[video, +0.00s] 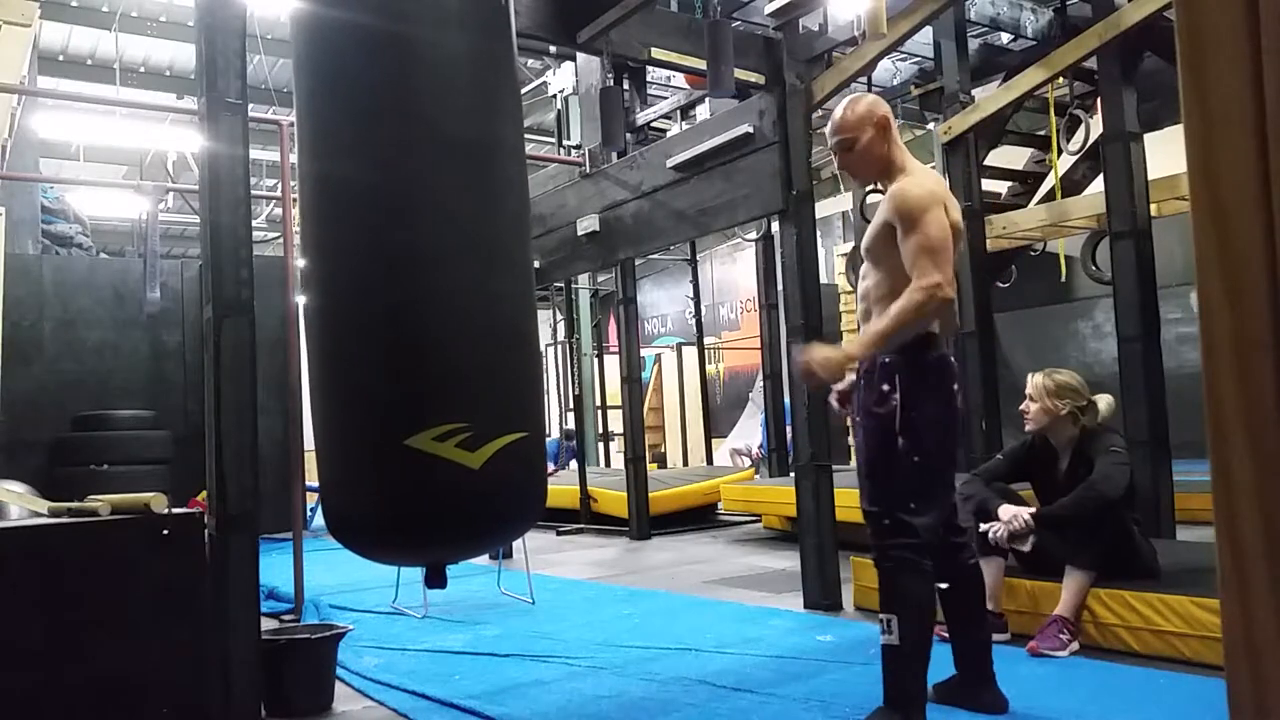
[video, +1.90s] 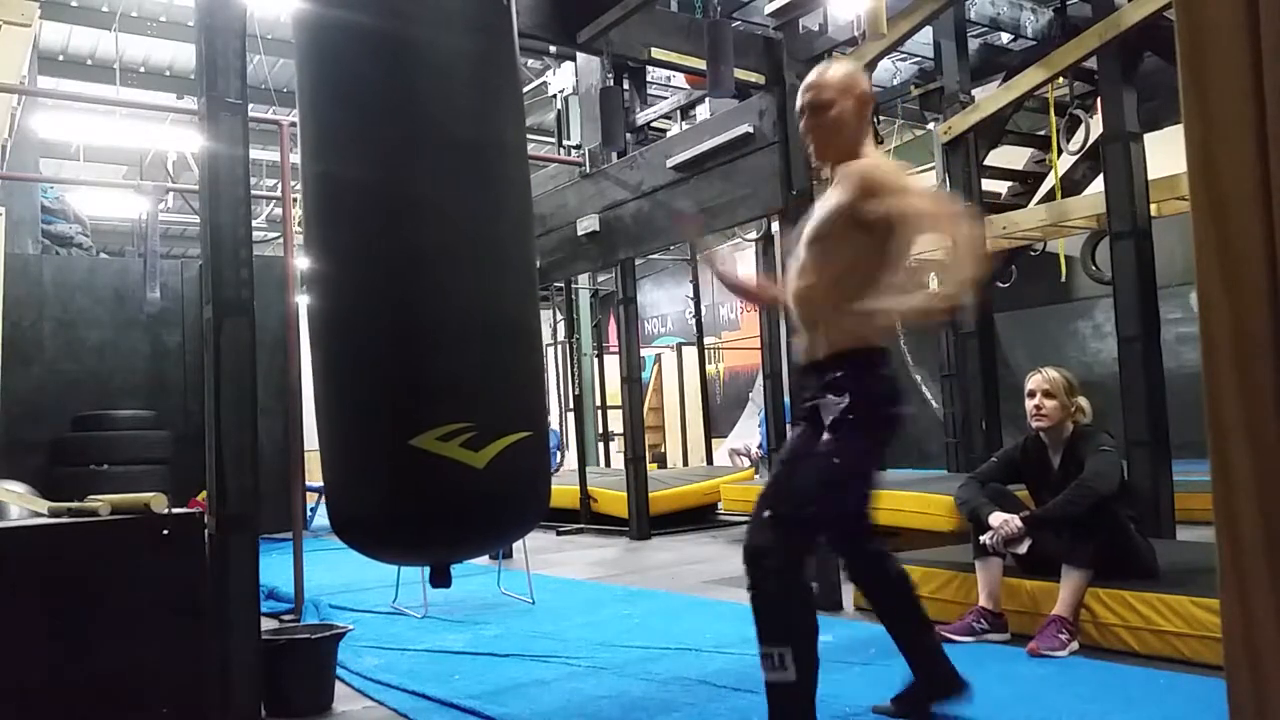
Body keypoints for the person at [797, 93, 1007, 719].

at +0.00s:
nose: (836, 160)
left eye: (843, 145)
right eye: (833, 148)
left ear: (881, 132)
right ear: (879, 137)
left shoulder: (915, 191)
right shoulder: (907, 193)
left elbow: (933, 288)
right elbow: (899, 302)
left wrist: (850, 353)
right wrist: (863, 378)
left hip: (906, 378)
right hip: (913, 375)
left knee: (897, 537)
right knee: (942, 527)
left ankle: (902, 704)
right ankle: (975, 678)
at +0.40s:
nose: (820, 144)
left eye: (824, 128)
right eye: (815, 133)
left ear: (862, 115)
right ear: (870, 117)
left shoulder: (874, 176)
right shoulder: (913, 179)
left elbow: (888, 258)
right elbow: (945, 298)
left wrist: (784, 264)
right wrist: (851, 327)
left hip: (873, 361)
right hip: (912, 358)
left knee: (849, 534)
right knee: (909, 520)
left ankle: (891, 700)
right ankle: (961, 671)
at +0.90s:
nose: (834, 158)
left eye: (843, 143)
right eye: (830, 146)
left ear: (883, 134)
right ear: (883, 138)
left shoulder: (886, 196)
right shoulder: (930, 199)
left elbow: (878, 287)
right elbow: (956, 317)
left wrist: (791, 354)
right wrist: (859, 345)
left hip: (891, 380)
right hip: (929, 377)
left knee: (859, 555)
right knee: (921, 539)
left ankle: (900, 709)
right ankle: (986, 682)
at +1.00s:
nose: (840, 155)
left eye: (849, 141)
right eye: (836, 143)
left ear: (887, 133)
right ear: (892, 138)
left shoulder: (892, 196)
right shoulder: (932, 195)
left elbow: (895, 300)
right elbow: (954, 308)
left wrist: (858, 395)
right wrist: (861, 343)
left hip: (902, 373)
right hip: (938, 370)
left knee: (873, 546)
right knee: (936, 533)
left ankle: (901, 706)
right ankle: (987, 681)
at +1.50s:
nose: (836, 125)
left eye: (846, 111)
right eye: (833, 114)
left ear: (882, 107)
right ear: (887, 113)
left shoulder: (886, 163)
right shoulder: (928, 172)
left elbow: (904, 246)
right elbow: (975, 275)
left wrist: (806, 290)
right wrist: (904, 303)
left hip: (881, 341)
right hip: (925, 343)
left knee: (838, 515)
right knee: (911, 517)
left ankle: (874, 691)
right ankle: (960, 670)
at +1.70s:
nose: (817, 143)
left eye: (827, 129)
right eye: (814, 132)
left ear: (871, 125)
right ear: (872, 134)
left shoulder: (849, 182)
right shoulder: (914, 199)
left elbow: (808, 237)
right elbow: (977, 299)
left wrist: (694, 248)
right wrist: (918, 348)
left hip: (873, 378)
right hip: (914, 379)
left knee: (828, 549)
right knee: (883, 552)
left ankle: (825, 711)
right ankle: (942, 695)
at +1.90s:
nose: (808, 122)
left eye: (821, 107)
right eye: (803, 112)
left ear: (863, 106)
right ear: (803, 119)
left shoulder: (875, 175)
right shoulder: (836, 191)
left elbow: (959, 220)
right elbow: (809, 299)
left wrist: (951, 291)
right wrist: (737, 278)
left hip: (854, 389)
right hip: (828, 389)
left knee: (770, 547)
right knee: (851, 539)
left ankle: (790, 711)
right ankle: (935, 673)